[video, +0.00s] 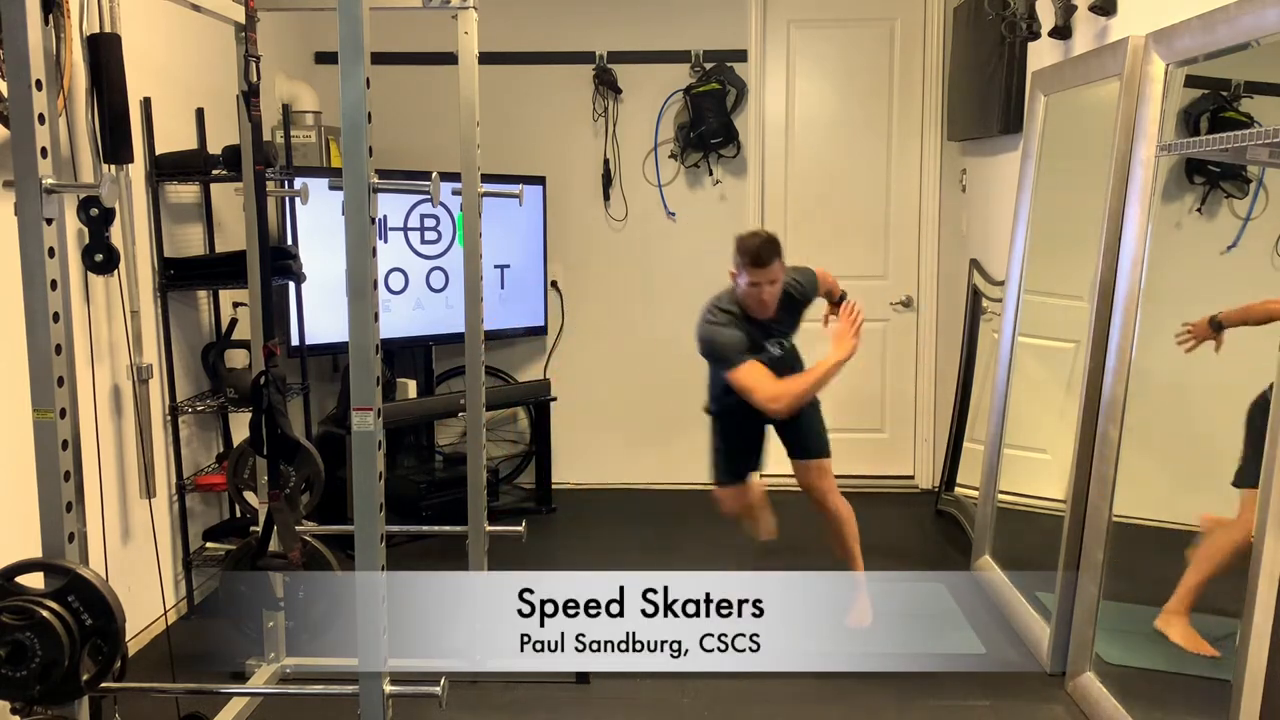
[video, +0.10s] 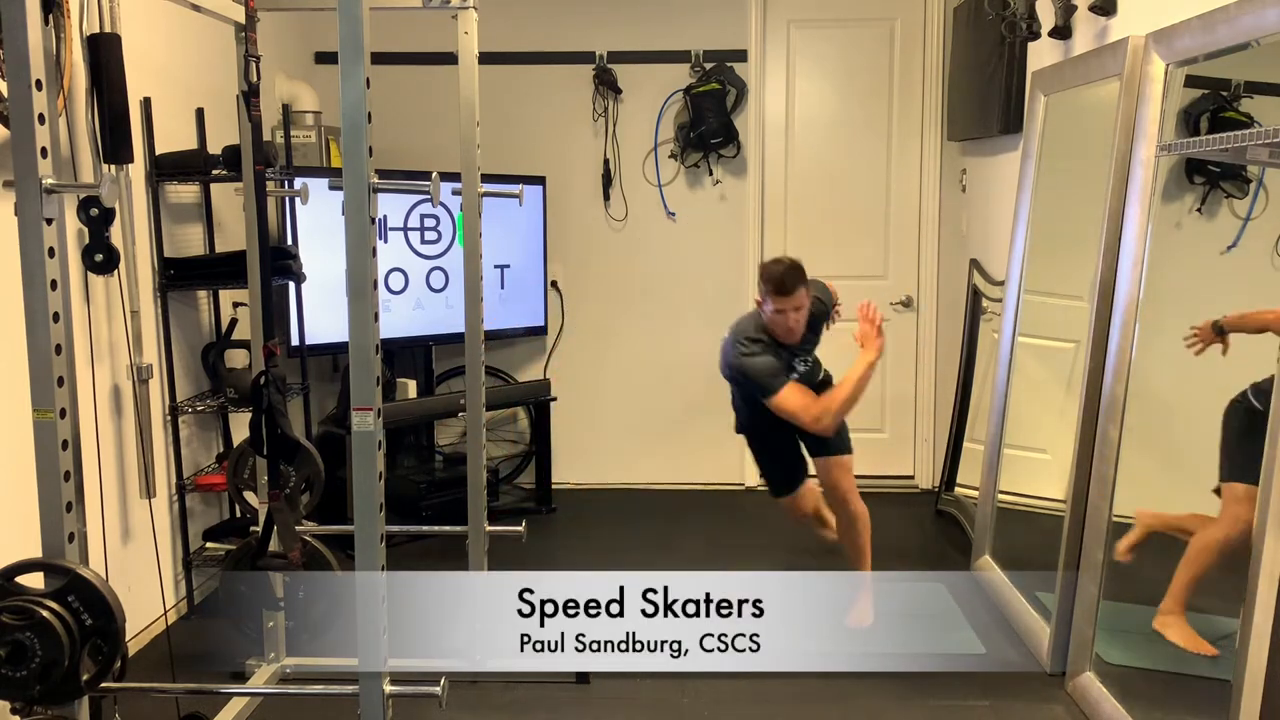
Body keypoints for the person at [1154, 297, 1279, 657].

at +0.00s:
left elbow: (1269, 309)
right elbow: (1270, 308)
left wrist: (1217, 321)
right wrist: (1217, 321)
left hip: (1272, 410)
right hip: (1271, 408)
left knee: (1259, 526)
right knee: (1248, 523)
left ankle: (1220, 532)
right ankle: (1174, 612)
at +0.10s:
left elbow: (1266, 320)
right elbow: (1267, 320)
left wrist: (1220, 326)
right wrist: (1220, 326)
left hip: (1268, 423)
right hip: (1255, 412)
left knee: (1239, 534)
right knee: (1236, 519)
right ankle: (1169, 613)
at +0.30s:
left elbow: (1251, 331)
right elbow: (1251, 331)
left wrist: (1200, 358)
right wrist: (1199, 358)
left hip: (1262, 431)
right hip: (1247, 415)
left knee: (1188, 519)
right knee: (1234, 516)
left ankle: (1106, 514)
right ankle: (1167, 612)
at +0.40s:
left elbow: (1229, 352)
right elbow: (1228, 352)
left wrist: (1172, 402)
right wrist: (1171, 402)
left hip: (1266, 430)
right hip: (1253, 418)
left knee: (1243, 531)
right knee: (1240, 526)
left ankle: (1155, 515)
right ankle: (1169, 613)